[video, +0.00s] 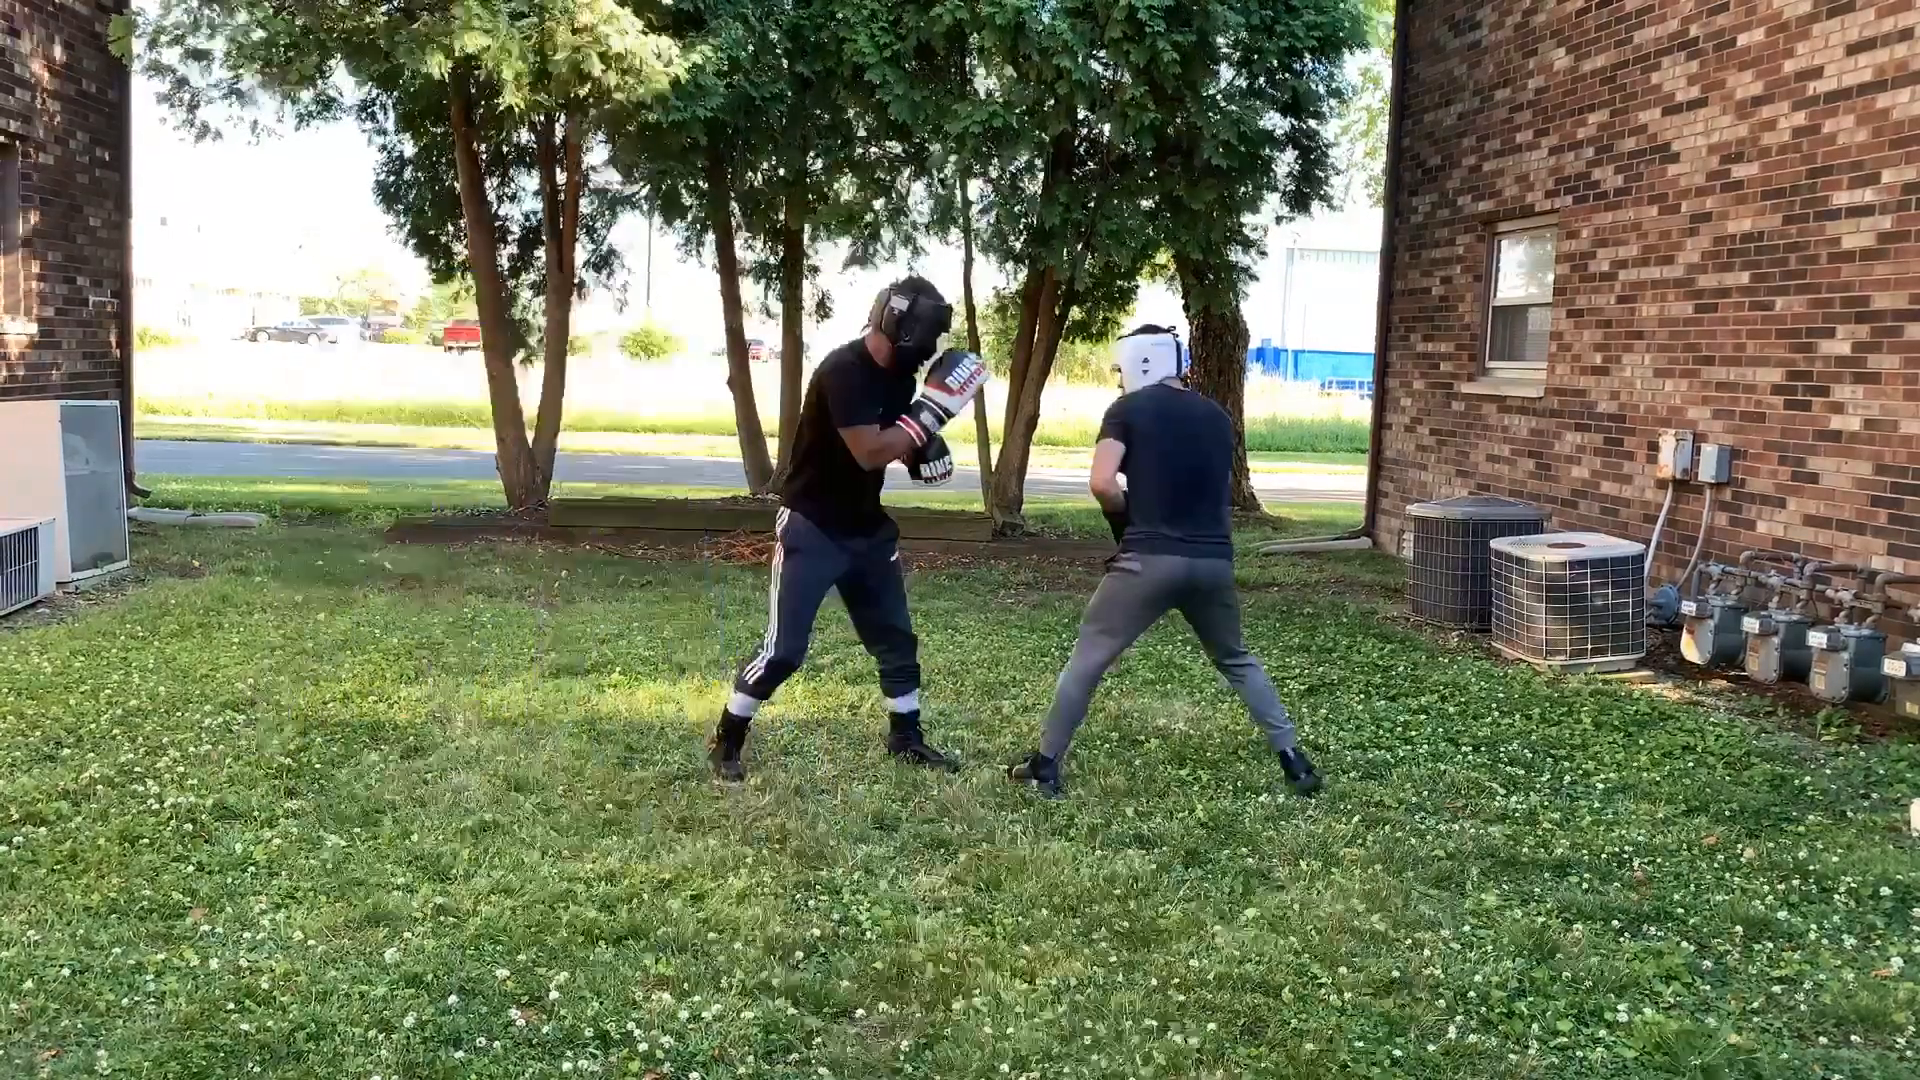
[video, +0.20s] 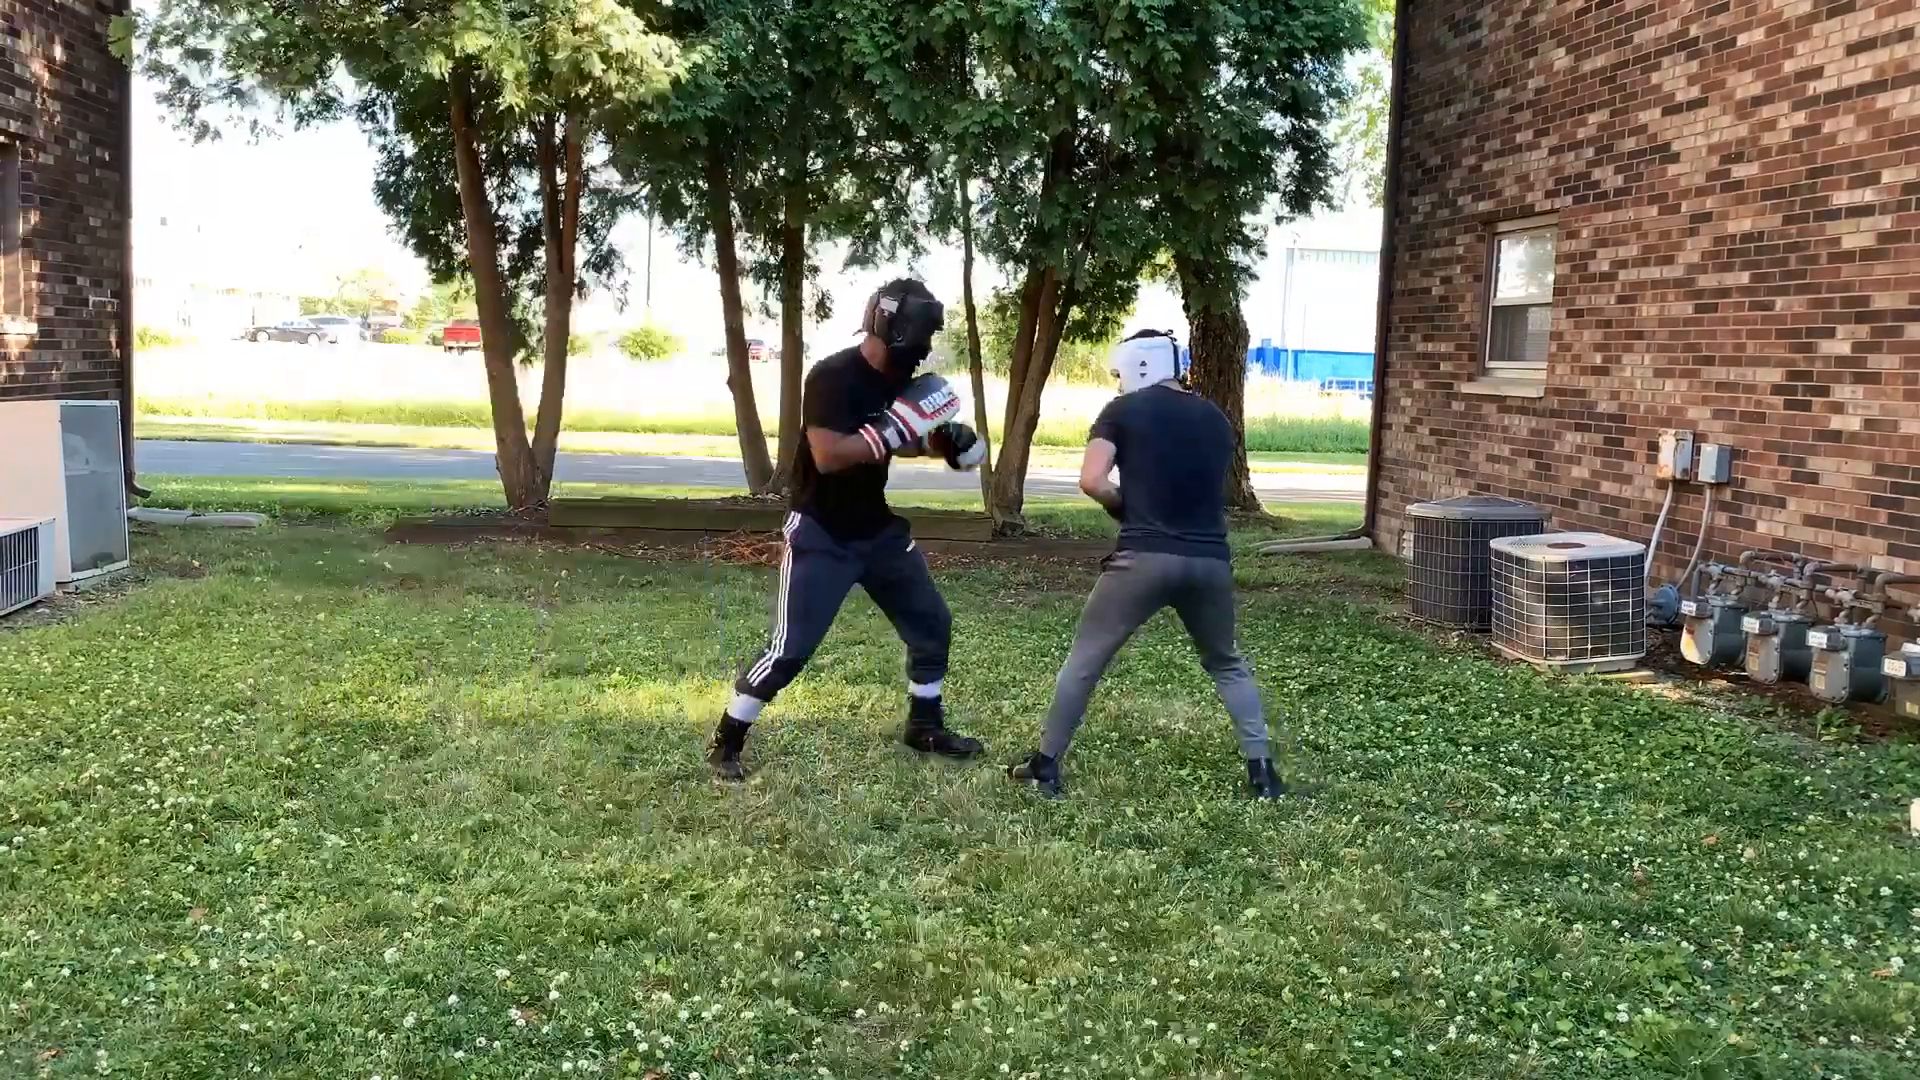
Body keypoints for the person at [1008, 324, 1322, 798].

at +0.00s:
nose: (1119, 376)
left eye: (1122, 368)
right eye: (1119, 368)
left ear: (1138, 366)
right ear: (1180, 367)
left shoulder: (1127, 408)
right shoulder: (1218, 416)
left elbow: (1103, 482)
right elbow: (1222, 490)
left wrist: (1124, 515)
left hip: (1149, 560)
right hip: (1214, 562)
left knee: (1088, 660)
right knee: (1236, 658)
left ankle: (1046, 763)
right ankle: (1293, 755)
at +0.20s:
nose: (1119, 380)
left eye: (1121, 373)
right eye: (1118, 373)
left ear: (1132, 370)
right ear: (1177, 370)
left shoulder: (1122, 409)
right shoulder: (1215, 417)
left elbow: (1092, 480)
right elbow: (1217, 486)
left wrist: (1124, 505)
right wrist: (1169, 501)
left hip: (1143, 560)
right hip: (1209, 562)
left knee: (1086, 658)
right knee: (1227, 661)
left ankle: (1046, 763)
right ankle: (1262, 768)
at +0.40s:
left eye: (1145, 453)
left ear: (1149, 454)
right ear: (1198, 463)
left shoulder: (1123, 478)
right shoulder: (1218, 493)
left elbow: (1090, 535)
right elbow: (1219, 540)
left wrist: (1131, 546)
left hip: (1132, 595)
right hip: (1206, 602)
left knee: (1059, 653)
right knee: (1236, 671)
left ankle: (1021, 752)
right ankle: (1269, 773)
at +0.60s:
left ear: (1066, 484)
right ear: (1109, 480)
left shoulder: (1059, 502)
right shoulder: (1143, 501)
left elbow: (1038, 561)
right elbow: (1174, 556)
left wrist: (1073, 577)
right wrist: (1138, 573)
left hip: (1109, 604)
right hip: (1176, 607)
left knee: (1026, 650)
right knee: (1201, 678)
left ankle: (1006, 758)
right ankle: (1264, 768)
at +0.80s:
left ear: (1040, 430)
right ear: (1088, 433)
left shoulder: (1018, 445)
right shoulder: (1112, 459)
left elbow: (943, 451)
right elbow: (1132, 537)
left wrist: (969, 505)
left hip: (1043, 566)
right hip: (1113, 565)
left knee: (1007, 649)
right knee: (1157, 653)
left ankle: (1006, 758)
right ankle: (1198, 760)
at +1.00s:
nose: (1011, 419)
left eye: (1014, 413)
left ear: (1023, 412)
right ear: (1073, 417)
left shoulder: (1004, 433)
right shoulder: (1098, 455)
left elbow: (934, 453)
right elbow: (1107, 532)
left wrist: (965, 493)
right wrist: (1067, 525)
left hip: (995, 556)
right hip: (1062, 566)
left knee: (972, 640)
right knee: (1107, 667)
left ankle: (935, 739)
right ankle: (1109, 776)